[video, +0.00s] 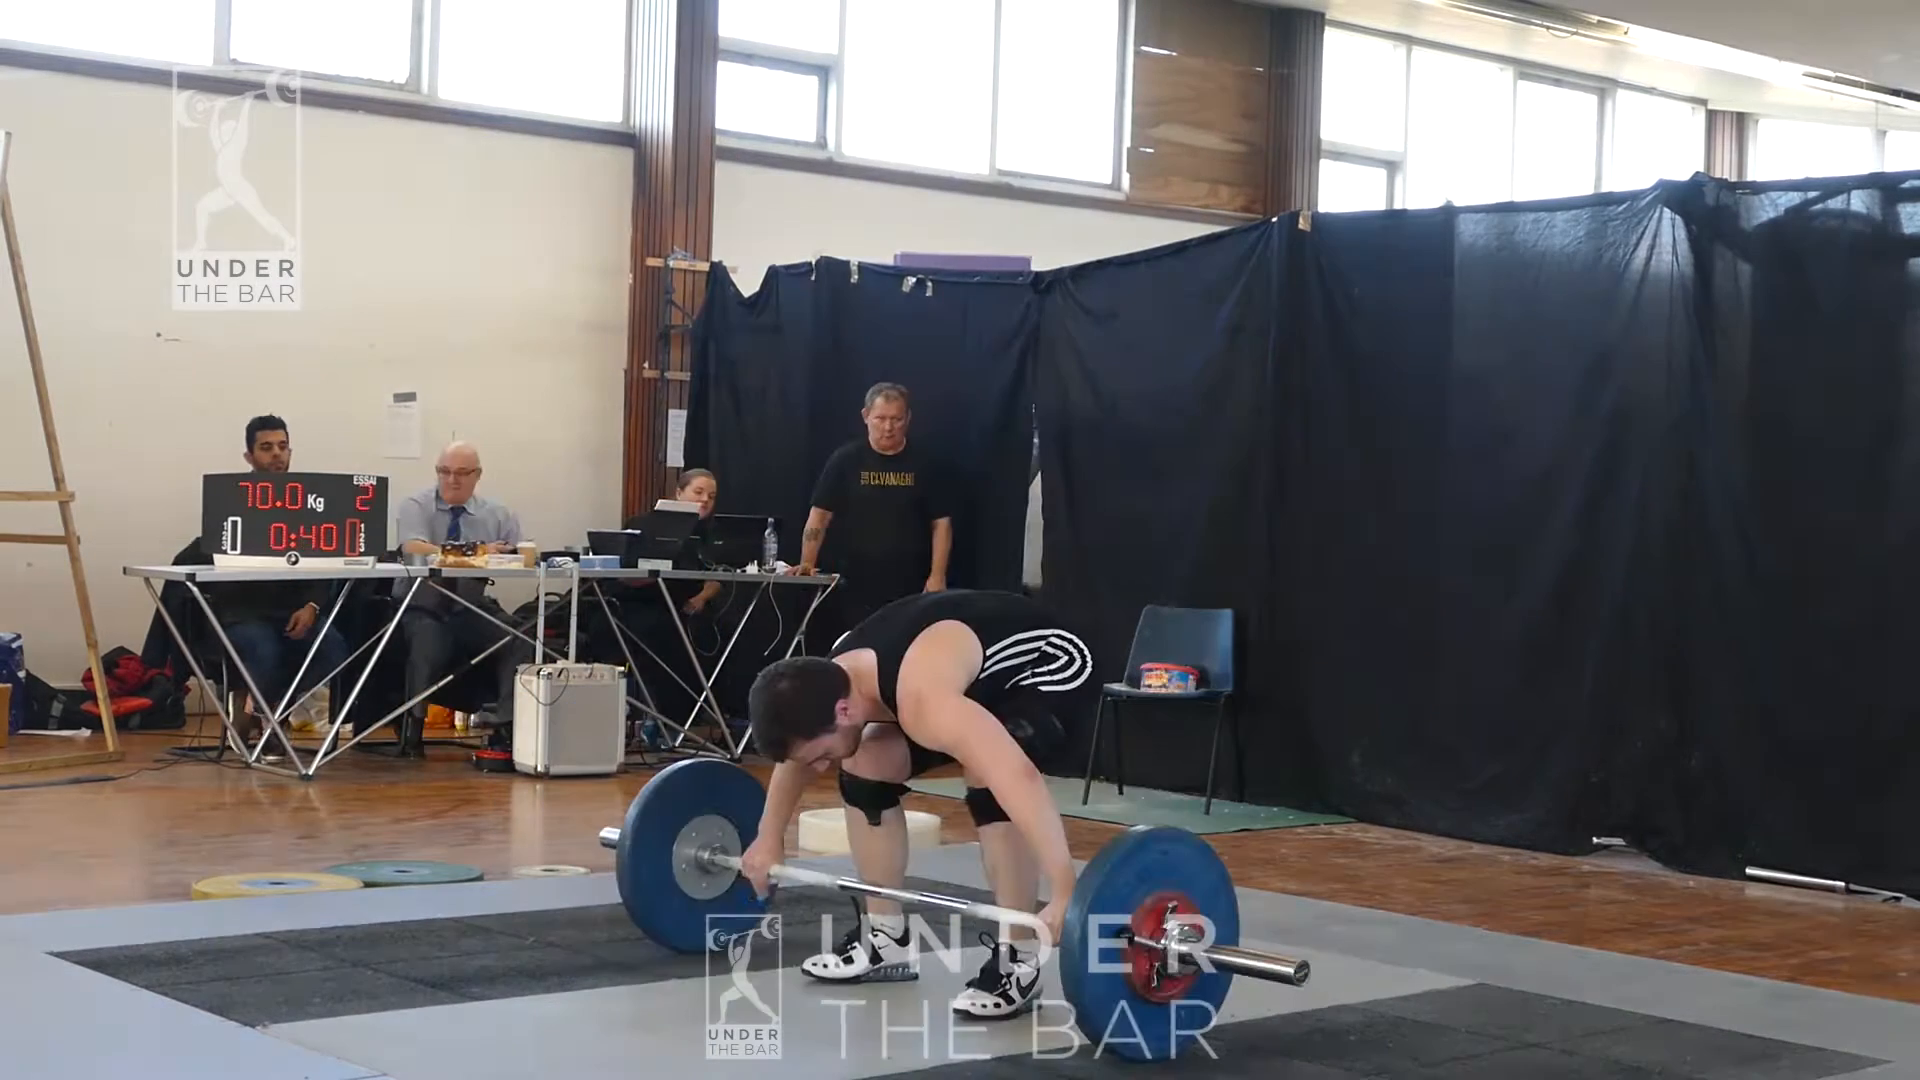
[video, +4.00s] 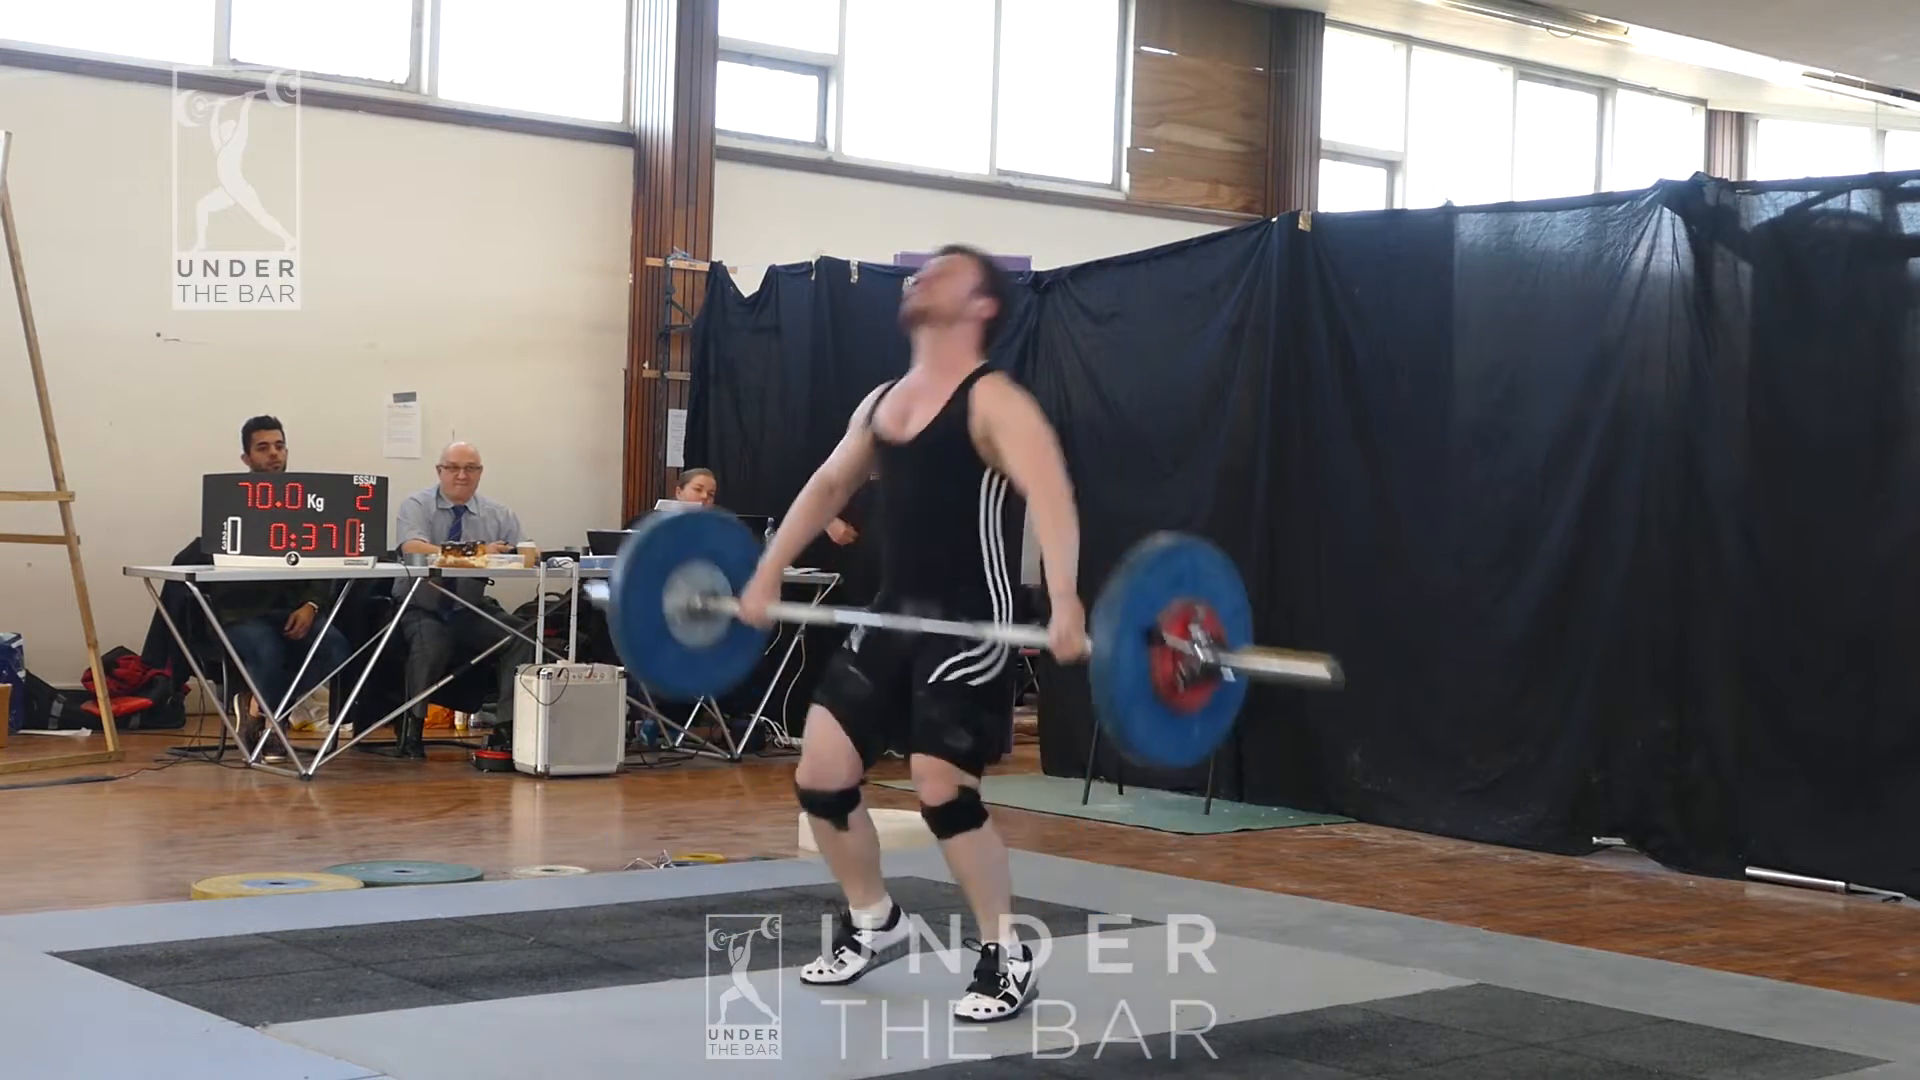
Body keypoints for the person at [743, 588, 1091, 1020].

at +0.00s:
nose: (821, 770)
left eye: (822, 756)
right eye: (805, 764)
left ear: (844, 712)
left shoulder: (930, 702)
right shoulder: (831, 679)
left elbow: (1021, 778)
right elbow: (797, 758)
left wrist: (1063, 890)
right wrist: (768, 837)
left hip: (1057, 663)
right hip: (975, 672)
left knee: (990, 785)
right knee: (866, 772)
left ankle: (1019, 961)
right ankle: (886, 942)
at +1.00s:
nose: (820, 757)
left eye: (821, 745)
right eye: (804, 754)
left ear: (844, 701)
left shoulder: (931, 690)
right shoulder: (834, 671)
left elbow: (1018, 775)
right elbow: (791, 752)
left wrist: (1061, 892)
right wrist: (764, 834)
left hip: (1057, 665)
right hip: (978, 675)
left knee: (993, 783)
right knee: (864, 769)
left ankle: (1018, 962)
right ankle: (885, 943)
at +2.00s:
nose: (814, 754)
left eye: (817, 740)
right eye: (801, 747)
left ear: (843, 697)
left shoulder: (931, 690)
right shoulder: (831, 671)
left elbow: (1016, 774)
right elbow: (793, 753)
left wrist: (1061, 890)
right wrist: (763, 835)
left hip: (1056, 666)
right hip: (976, 677)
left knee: (991, 782)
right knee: (863, 768)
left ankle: (1019, 961)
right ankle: (886, 941)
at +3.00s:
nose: (804, 658)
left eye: (812, 639)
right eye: (794, 644)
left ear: (857, 610)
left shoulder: (940, 670)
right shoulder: (832, 674)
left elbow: (1017, 772)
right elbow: (793, 752)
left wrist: (1048, 885)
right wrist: (760, 833)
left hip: (1050, 768)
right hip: (949, 770)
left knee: (973, 795)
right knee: (827, 784)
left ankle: (1016, 961)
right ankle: (885, 938)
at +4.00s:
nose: (916, 274)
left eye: (940, 268)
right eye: (920, 269)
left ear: (981, 306)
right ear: (918, 304)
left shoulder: (995, 398)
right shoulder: (879, 403)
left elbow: (1052, 496)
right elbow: (825, 489)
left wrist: (1064, 600)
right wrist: (765, 574)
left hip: (971, 629)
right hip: (886, 623)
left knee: (939, 783)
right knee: (822, 774)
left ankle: (1004, 945)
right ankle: (873, 920)